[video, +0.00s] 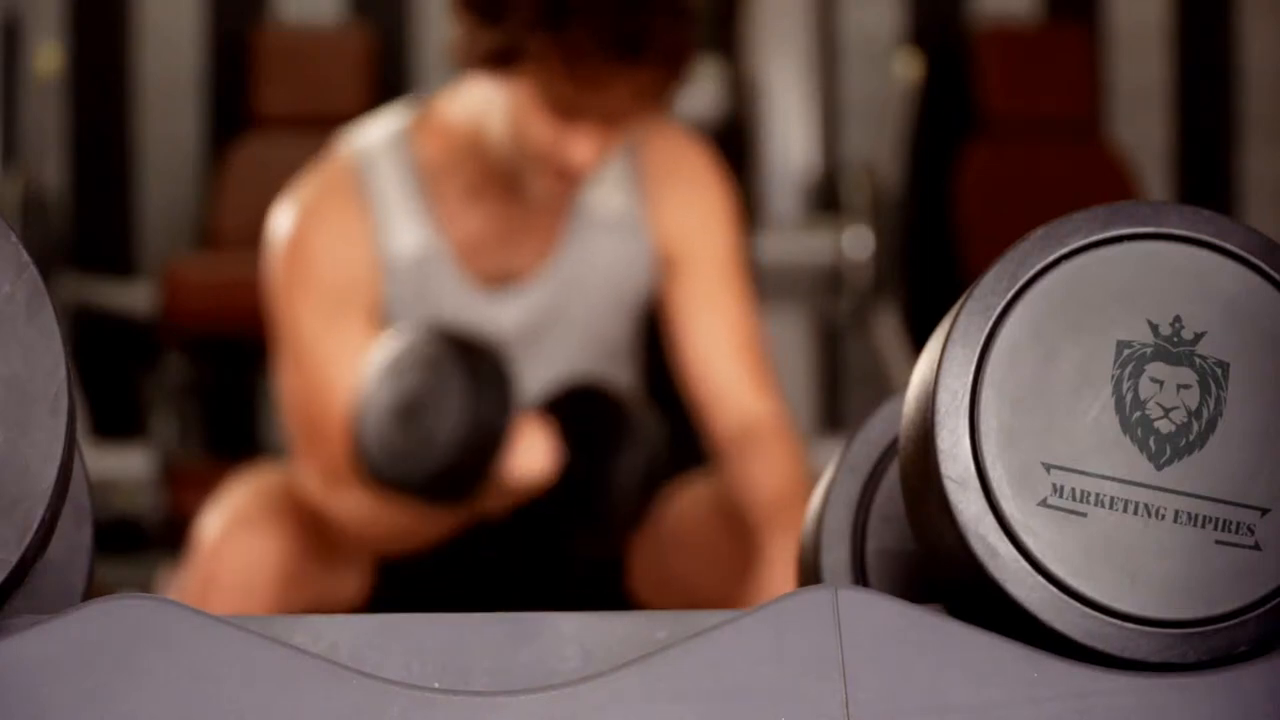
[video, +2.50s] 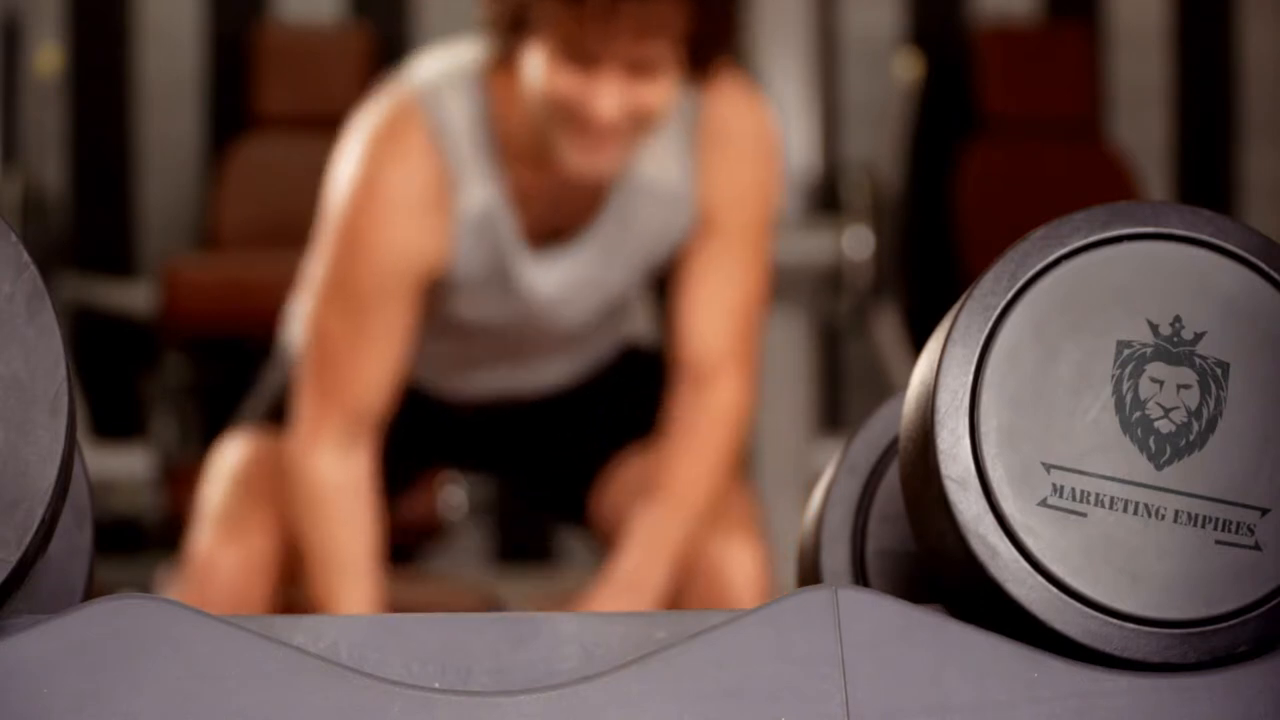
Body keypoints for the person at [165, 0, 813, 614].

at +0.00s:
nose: (588, 153)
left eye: (618, 121)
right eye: (566, 112)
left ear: (652, 93)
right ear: (500, 58)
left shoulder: (670, 170)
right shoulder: (333, 208)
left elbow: (748, 421)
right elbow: (342, 500)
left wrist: (788, 576)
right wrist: (497, 479)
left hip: (598, 525)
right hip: (403, 534)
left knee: (782, 531)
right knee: (248, 534)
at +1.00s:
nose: (582, 137)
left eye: (614, 105)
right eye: (558, 96)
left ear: (652, 82)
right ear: (495, 46)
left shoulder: (680, 166)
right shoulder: (346, 212)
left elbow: (750, 423)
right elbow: (349, 496)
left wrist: (778, 578)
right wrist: (577, 530)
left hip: (599, 542)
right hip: (412, 544)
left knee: (789, 517)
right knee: (243, 522)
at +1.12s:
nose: (583, 137)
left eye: (615, 105)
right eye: (559, 96)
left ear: (655, 85)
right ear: (495, 47)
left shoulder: (687, 169)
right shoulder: (356, 216)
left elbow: (749, 424)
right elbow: (343, 512)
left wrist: (774, 575)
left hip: (606, 513)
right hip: (418, 522)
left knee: (793, 538)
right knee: (238, 532)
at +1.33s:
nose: (588, 146)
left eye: (621, 115)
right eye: (564, 105)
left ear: (662, 94)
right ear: (502, 53)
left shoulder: (692, 172)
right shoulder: (372, 224)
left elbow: (752, 428)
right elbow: (346, 529)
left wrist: (772, 580)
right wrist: (415, 700)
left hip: (600, 523)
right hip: (416, 530)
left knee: (786, 534)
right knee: (242, 531)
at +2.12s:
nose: (596, 220)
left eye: (631, 188)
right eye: (570, 176)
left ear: (676, 177)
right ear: (508, 136)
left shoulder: (696, 188)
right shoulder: (388, 263)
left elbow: (734, 441)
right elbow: (338, 554)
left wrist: (666, 550)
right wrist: (346, 717)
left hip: (595, 523)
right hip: (408, 530)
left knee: (756, 555)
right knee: (228, 537)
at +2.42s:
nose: (611, 171)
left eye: (648, 139)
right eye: (584, 127)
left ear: (695, 130)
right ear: (523, 98)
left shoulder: (729, 170)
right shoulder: (410, 200)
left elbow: (733, 425)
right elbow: (337, 495)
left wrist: (605, 613)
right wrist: (357, 693)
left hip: (586, 448)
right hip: (386, 450)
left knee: (746, 566)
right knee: (230, 542)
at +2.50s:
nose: (607, 103)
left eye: (643, 70)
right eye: (578, 60)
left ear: (686, 68)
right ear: (520, 42)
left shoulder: (728, 123)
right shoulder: (408, 136)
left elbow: (715, 385)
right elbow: (332, 430)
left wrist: (612, 614)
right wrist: (361, 653)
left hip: (586, 395)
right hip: (386, 397)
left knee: (734, 568)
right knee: (228, 558)